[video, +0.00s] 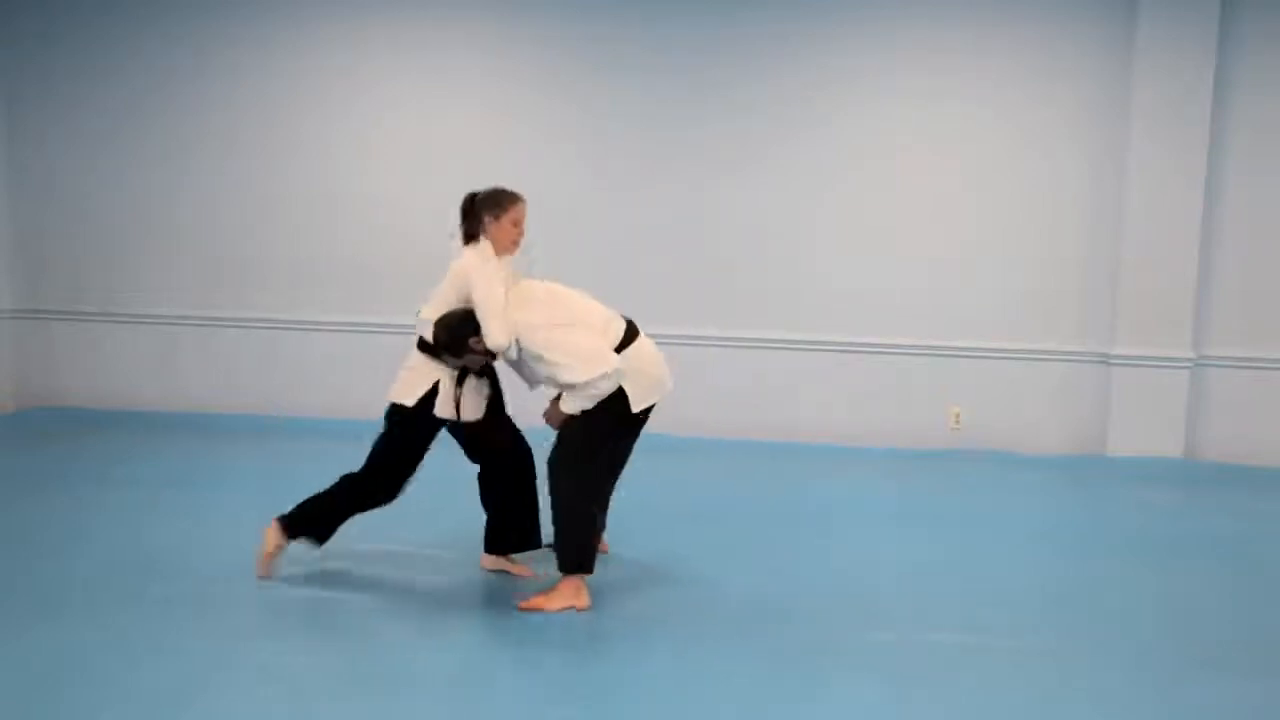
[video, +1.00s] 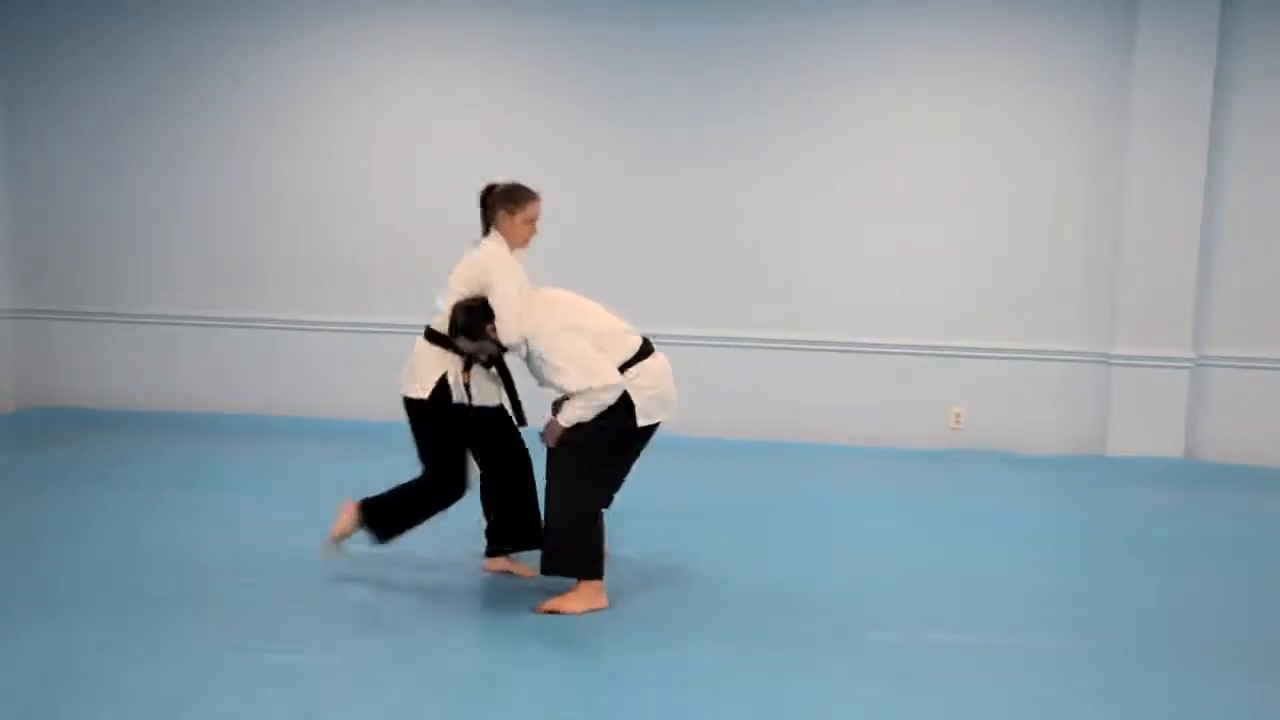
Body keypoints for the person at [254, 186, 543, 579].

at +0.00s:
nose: (522, 233)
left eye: (523, 225)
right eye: (515, 225)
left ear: (493, 226)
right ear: (489, 225)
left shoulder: (499, 265)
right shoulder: (477, 263)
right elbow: (499, 338)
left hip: (469, 386)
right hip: (430, 383)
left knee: (510, 457)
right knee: (382, 482)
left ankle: (498, 551)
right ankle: (285, 529)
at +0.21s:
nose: (534, 218)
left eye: (535, 209)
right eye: (528, 209)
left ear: (505, 205)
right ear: (502, 204)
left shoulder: (495, 239)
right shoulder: (489, 239)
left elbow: (512, 308)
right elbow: (513, 310)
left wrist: (545, 358)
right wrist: (550, 355)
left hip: (450, 347)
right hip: (440, 348)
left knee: (477, 442)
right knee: (526, 384)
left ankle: (491, 549)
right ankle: (495, 465)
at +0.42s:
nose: (566, 263)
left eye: (569, 254)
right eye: (564, 253)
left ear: (542, 242)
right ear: (542, 242)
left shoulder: (513, 264)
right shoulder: (516, 270)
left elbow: (519, 336)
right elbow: (521, 343)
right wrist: (552, 382)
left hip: (427, 368)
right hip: (427, 371)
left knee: (478, 450)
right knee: (479, 450)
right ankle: (493, 553)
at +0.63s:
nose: (562, 306)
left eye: (565, 298)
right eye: (559, 297)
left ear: (537, 287)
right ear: (538, 288)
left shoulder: (514, 308)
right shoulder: (511, 311)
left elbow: (516, 380)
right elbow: (522, 387)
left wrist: (560, 407)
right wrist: (556, 410)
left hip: (439, 405)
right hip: (407, 399)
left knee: (494, 457)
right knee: (340, 479)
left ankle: (494, 550)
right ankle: (233, 544)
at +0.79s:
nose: (549, 305)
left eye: (552, 297)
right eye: (546, 296)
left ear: (521, 291)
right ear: (520, 290)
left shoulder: (497, 321)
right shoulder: (500, 322)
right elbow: (517, 395)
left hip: (444, 421)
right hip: (410, 417)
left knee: (506, 461)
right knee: (338, 489)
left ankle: (500, 553)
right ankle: (229, 549)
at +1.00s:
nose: (535, 230)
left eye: (536, 222)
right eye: (530, 222)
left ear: (508, 219)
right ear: (504, 219)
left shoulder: (493, 256)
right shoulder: (498, 262)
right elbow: (511, 334)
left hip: (473, 379)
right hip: (438, 380)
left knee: (507, 455)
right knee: (448, 481)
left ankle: (500, 553)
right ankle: (362, 514)